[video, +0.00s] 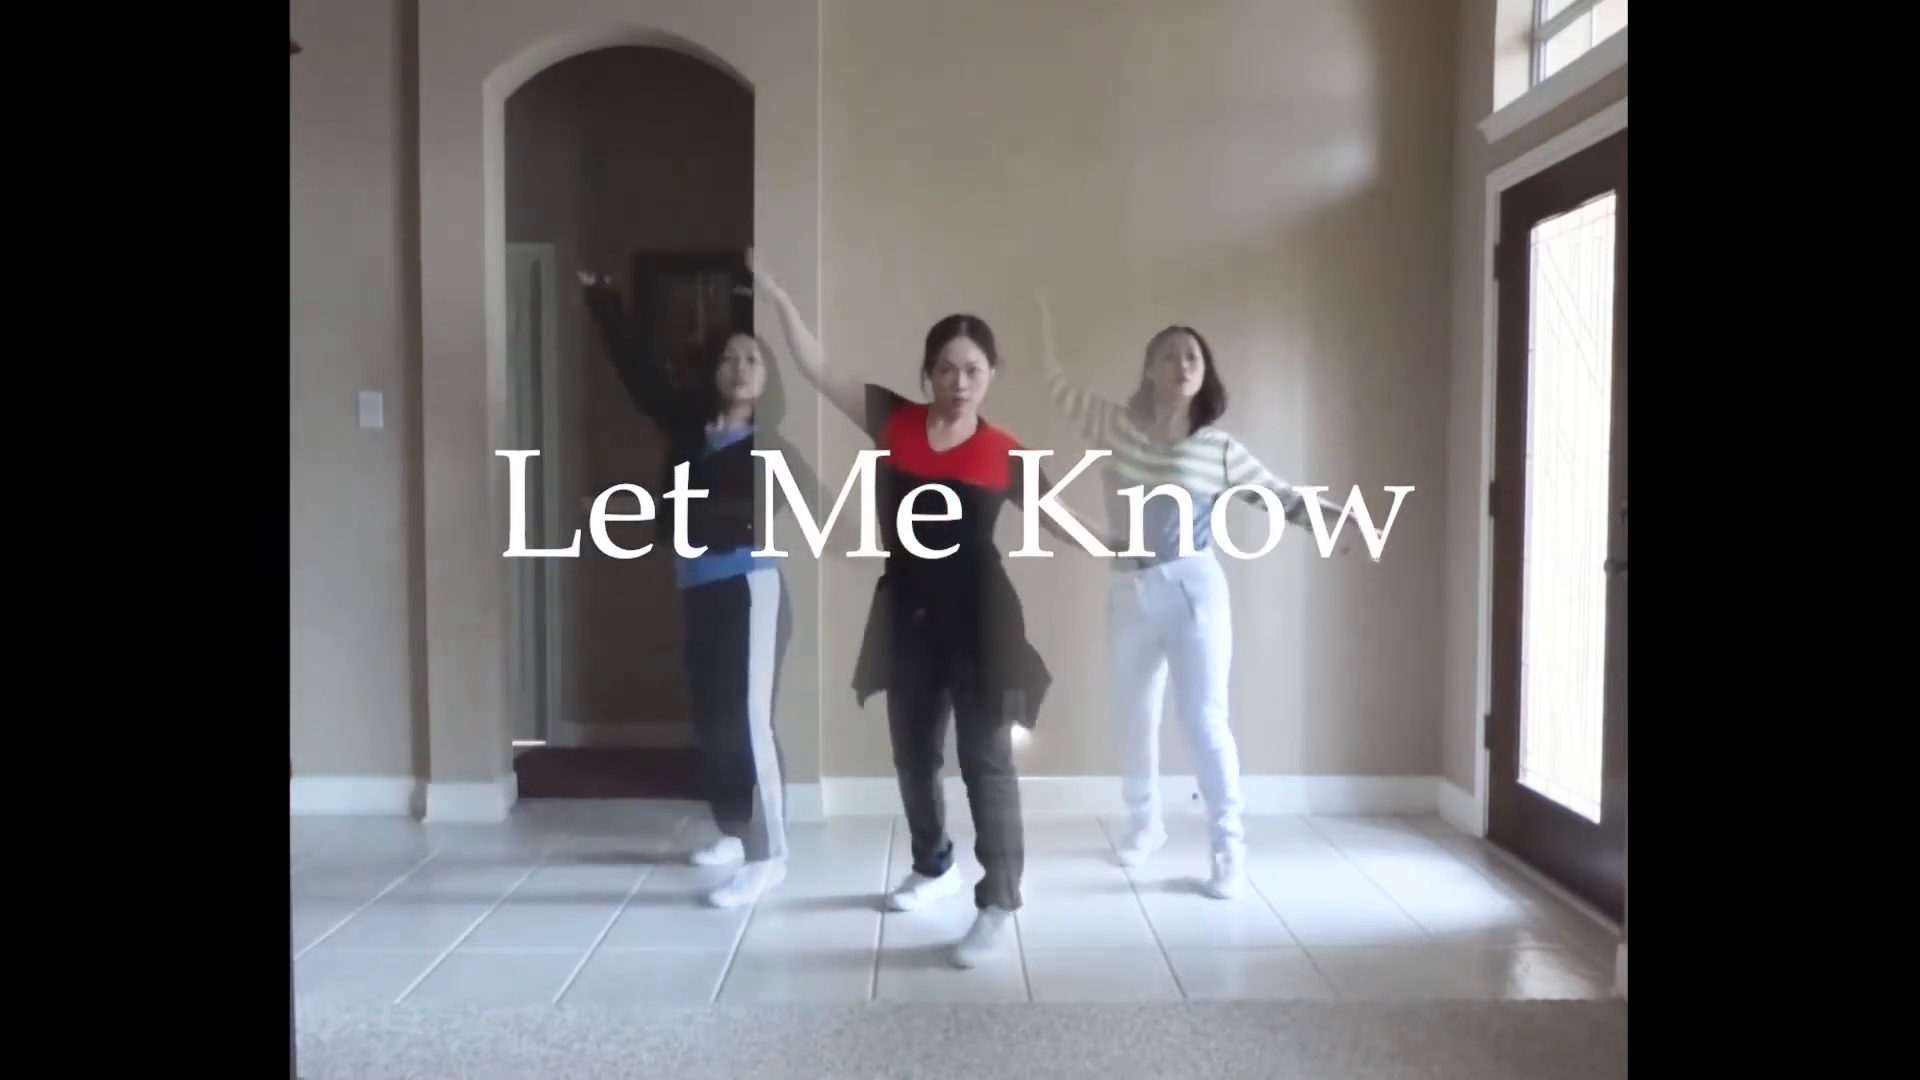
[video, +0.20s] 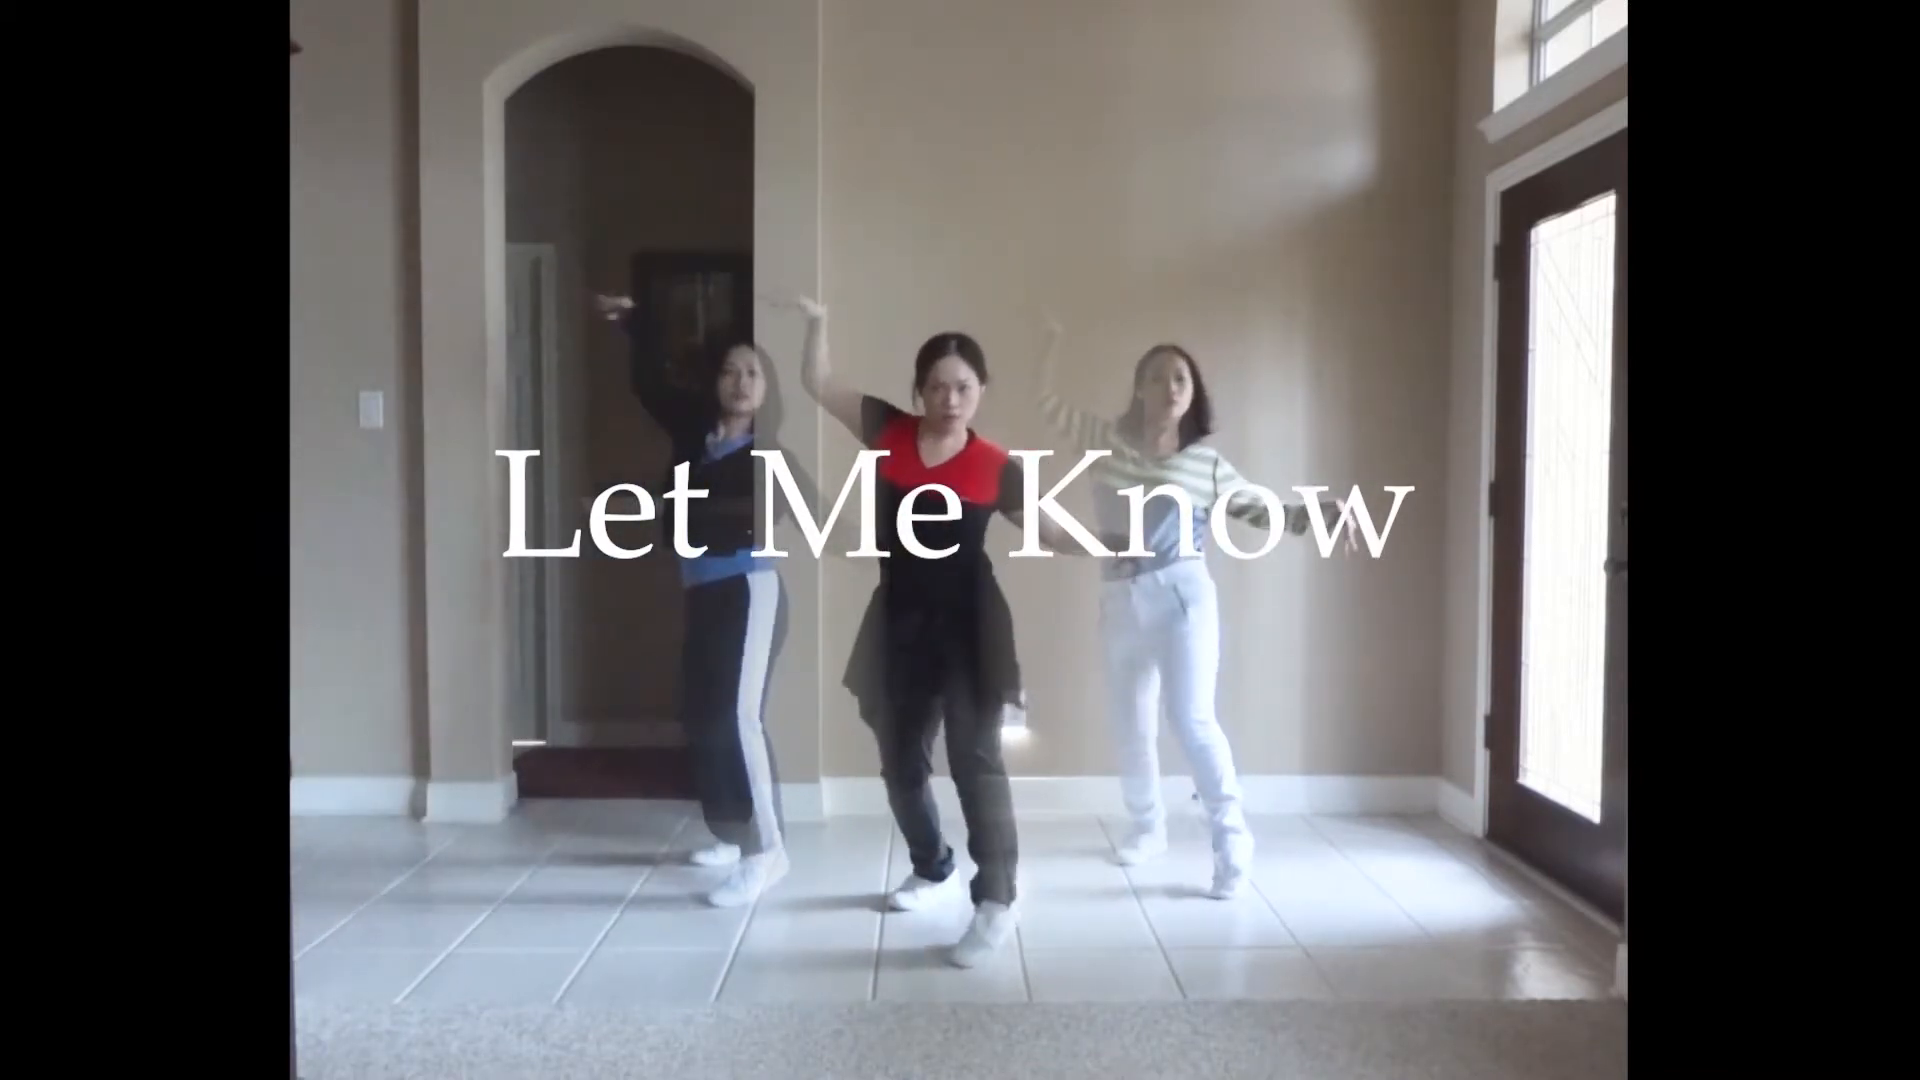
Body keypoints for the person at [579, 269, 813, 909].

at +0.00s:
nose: (739, 370)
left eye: (750, 361)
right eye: (729, 360)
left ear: (766, 376)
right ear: (712, 371)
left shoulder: (766, 450)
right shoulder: (688, 425)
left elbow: (755, 521)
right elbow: (641, 372)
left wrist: (679, 514)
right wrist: (604, 304)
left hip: (752, 586)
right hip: (701, 588)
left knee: (749, 717)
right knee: (712, 714)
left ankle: (769, 857)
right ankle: (736, 834)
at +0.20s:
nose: (741, 382)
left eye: (752, 373)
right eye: (730, 372)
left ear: (767, 386)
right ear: (714, 382)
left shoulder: (765, 450)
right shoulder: (695, 430)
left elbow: (750, 523)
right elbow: (649, 383)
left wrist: (684, 510)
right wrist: (632, 323)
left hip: (752, 584)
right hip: (705, 586)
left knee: (740, 716)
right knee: (703, 716)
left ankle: (767, 850)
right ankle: (732, 839)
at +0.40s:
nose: (713, 390)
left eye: (723, 381)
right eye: (714, 381)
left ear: (746, 393)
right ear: (716, 392)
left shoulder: (760, 453)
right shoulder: (703, 445)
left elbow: (746, 529)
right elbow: (654, 400)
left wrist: (685, 514)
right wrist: (647, 335)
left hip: (750, 593)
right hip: (705, 596)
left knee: (729, 713)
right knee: (698, 713)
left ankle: (750, 842)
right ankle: (725, 835)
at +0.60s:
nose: (699, 414)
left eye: (706, 404)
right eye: (700, 404)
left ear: (728, 409)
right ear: (712, 413)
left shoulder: (752, 464)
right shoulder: (699, 457)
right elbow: (651, 416)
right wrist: (643, 359)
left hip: (746, 599)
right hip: (702, 598)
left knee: (720, 708)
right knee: (694, 715)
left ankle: (745, 836)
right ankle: (724, 833)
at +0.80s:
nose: (715, 413)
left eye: (723, 400)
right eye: (713, 401)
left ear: (740, 404)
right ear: (706, 403)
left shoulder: (768, 463)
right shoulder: (692, 455)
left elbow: (811, 530)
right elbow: (635, 442)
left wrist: (851, 555)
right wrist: (656, 385)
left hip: (745, 608)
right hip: (694, 603)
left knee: (715, 710)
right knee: (688, 716)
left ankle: (731, 842)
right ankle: (736, 827)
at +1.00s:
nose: (725, 411)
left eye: (737, 397)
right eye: (717, 396)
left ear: (757, 405)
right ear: (705, 400)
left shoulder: (766, 458)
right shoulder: (684, 455)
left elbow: (813, 523)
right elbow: (651, 438)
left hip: (744, 597)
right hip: (691, 595)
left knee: (728, 720)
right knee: (704, 718)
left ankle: (729, 854)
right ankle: (741, 831)